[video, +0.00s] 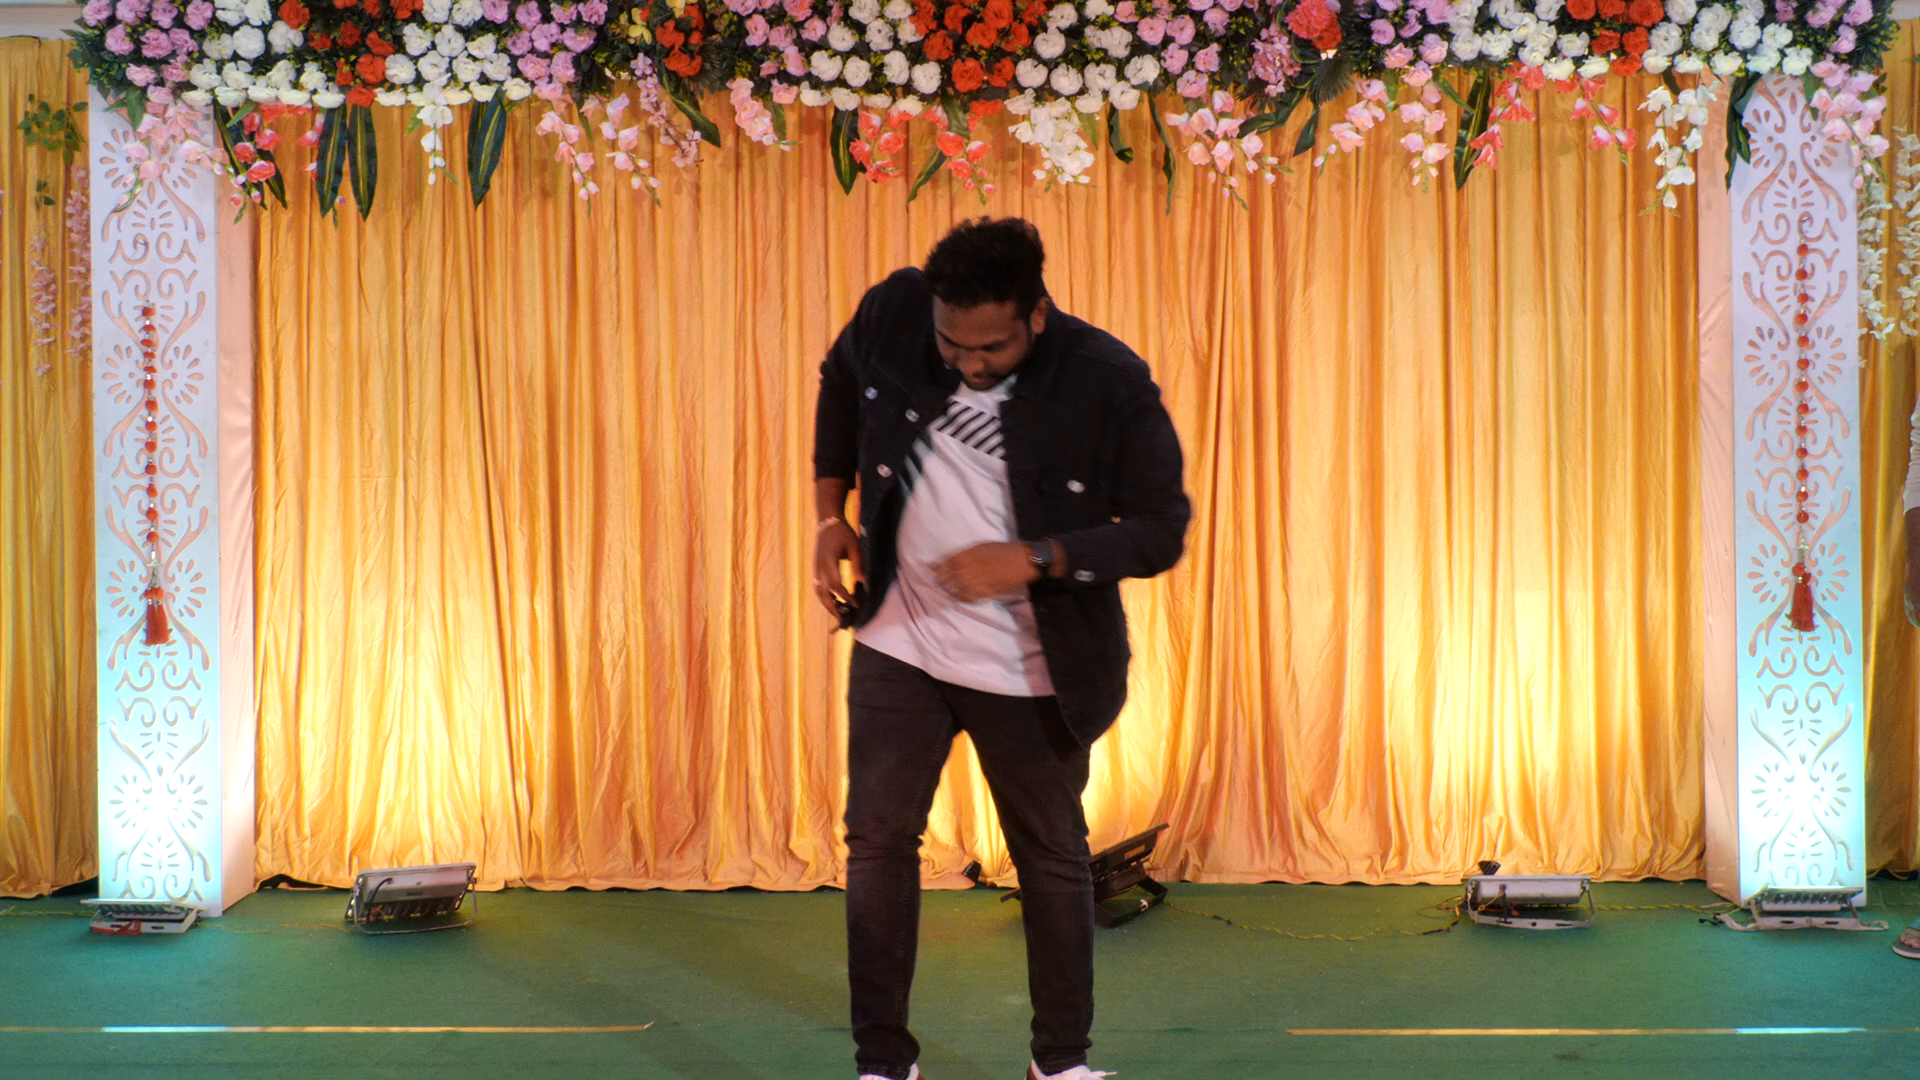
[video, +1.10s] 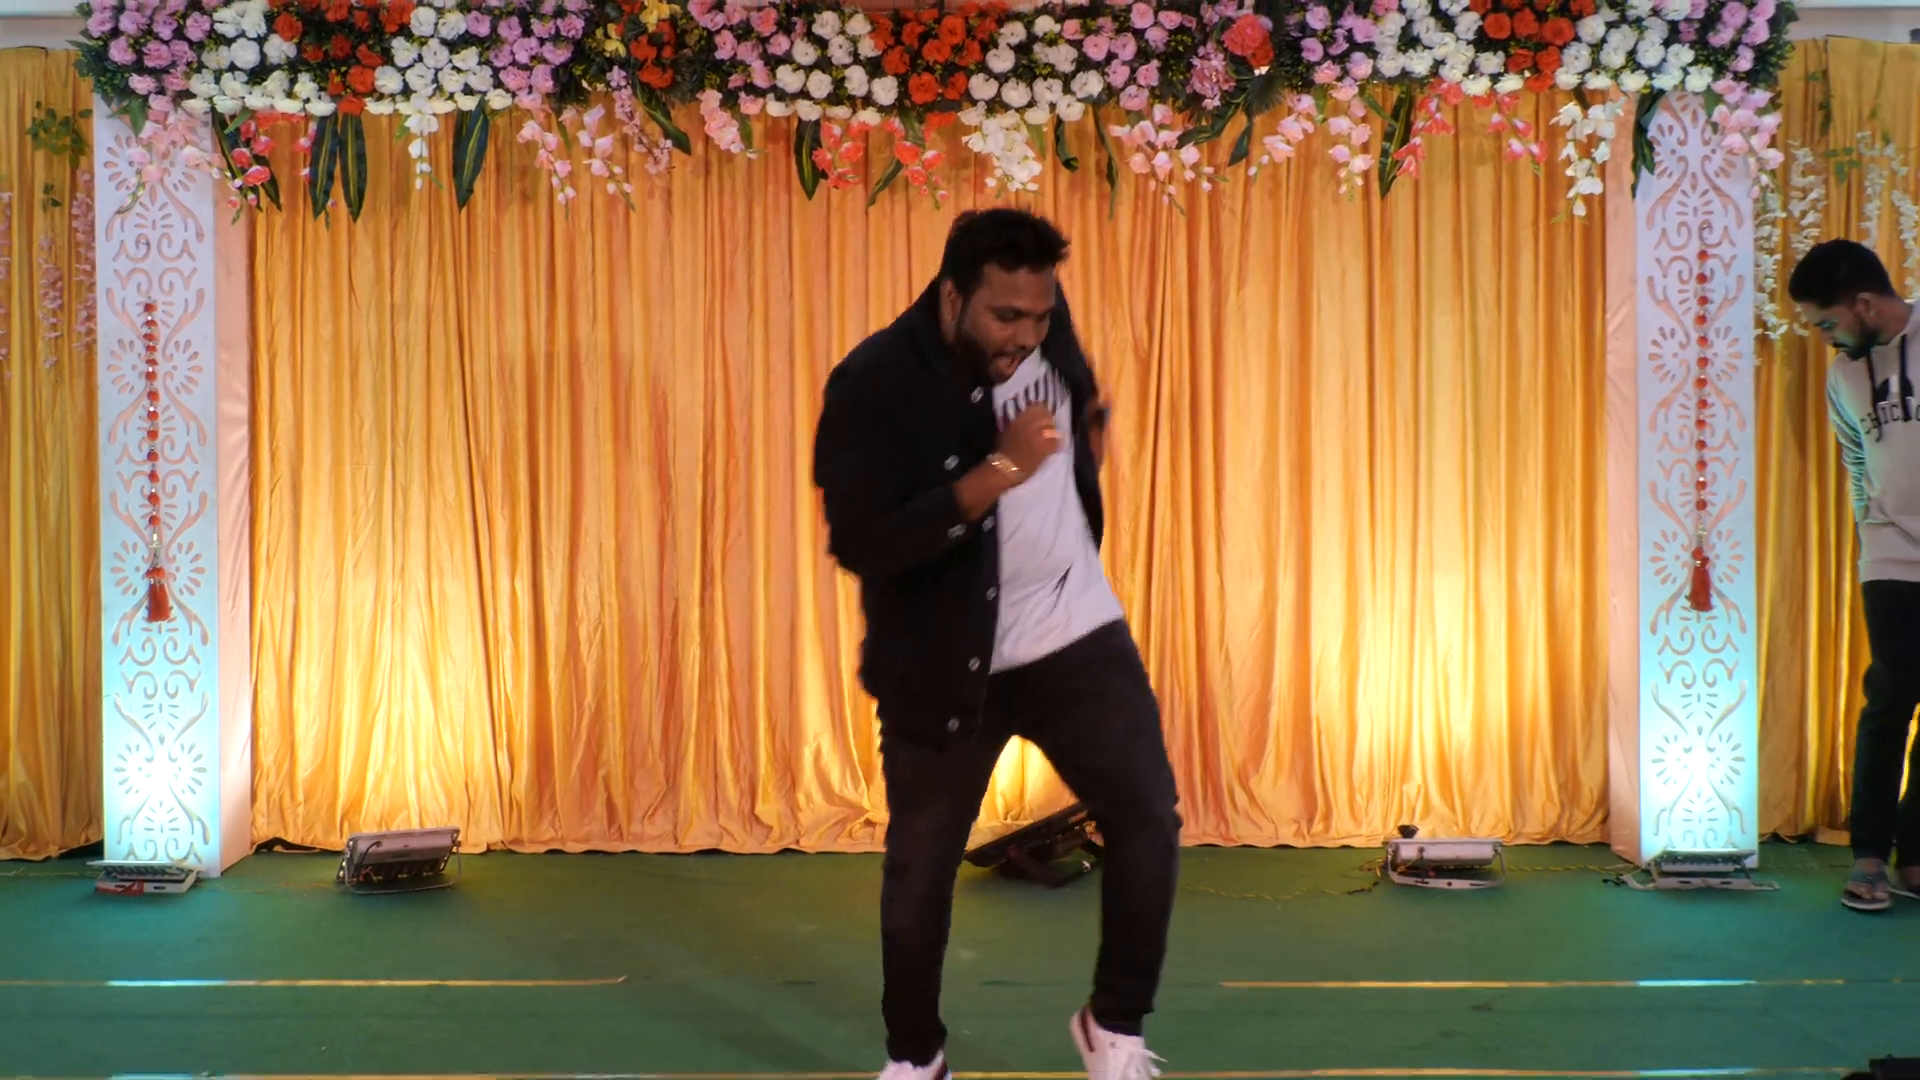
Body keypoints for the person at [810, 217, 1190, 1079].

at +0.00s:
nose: (970, 365)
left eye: (991, 348)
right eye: (953, 343)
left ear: (1036, 315)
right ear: (933, 308)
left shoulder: (1106, 379)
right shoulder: (896, 311)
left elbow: (1161, 530)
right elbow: (842, 381)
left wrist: (1035, 558)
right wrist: (831, 511)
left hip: (1025, 663)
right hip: (901, 642)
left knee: (1053, 860)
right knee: (877, 842)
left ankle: (1062, 1058)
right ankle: (881, 1061)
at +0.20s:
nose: (929, 374)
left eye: (953, 355)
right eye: (912, 349)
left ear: (997, 337)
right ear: (893, 322)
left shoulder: (1057, 421)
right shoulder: (852, 367)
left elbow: (1049, 583)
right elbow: (803, 476)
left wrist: (927, 645)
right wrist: (772, 582)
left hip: (961, 720)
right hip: (836, 698)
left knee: (1008, 912)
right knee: (821, 901)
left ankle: (1061, 1068)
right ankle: (867, 1074)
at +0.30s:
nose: (911, 399)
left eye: (937, 382)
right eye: (896, 373)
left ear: (975, 362)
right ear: (872, 344)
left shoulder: (1037, 435)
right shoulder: (821, 417)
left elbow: (1093, 567)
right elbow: (792, 544)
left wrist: (1023, 680)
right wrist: (777, 624)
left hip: (959, 728)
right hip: (828, 712)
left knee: (1001, 918)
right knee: (809, 915)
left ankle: (1068, 1053)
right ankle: (866, 1075)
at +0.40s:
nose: (913, 404)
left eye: (937, 387)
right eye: (895, 380)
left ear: (967, 357)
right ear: (864, 345)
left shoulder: (1026, 398)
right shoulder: (804, 418)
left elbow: (1139, 455)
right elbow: (754, 558)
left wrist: (1108, 593)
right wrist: (804, 580)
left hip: (976, 709)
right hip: (842, 711)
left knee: (1028, 886)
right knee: (828, 911)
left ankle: (1046, 1029)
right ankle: (870, 1073)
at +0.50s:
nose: (936, 374)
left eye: (959, 354)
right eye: (917, 351)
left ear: (985, 323)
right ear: (880, 318)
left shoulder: (1032, 341)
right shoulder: (809, 383)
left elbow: (1142, 338)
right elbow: (738, 535)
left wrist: (1157, 475)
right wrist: (850, 508)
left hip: (1005, 672)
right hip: (866, 684)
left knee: (1059, 856)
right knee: (851, 892)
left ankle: (1057, 1052)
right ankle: (870, 1071)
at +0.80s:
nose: (993, 340)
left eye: (1009, 317)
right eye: (970, 319)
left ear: (1025, 297)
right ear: (915, 300)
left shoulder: (1046, 337)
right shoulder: (840, 387)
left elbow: (1102, 441)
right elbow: (820, 551)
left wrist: (1158, 480)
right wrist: (938, 605)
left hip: (1073, 667)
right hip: (934, 685)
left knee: (1086, 883)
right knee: (899, 900)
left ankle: (1089, 1069)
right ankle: (926, 1069)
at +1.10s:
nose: (1027, 336)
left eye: (1042, 314)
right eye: (1007, 316)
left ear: (1055, 300)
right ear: (952, 297)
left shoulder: (1047, 328)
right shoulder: (873, 384)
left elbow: (1074, 387)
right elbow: (863, 544)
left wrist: (1086, 421)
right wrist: (998, 471)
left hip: (1075, 638)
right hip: (947, 667)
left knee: (1147, 821)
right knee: (919, 865)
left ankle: (1115, 1027)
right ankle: (913, 1057)